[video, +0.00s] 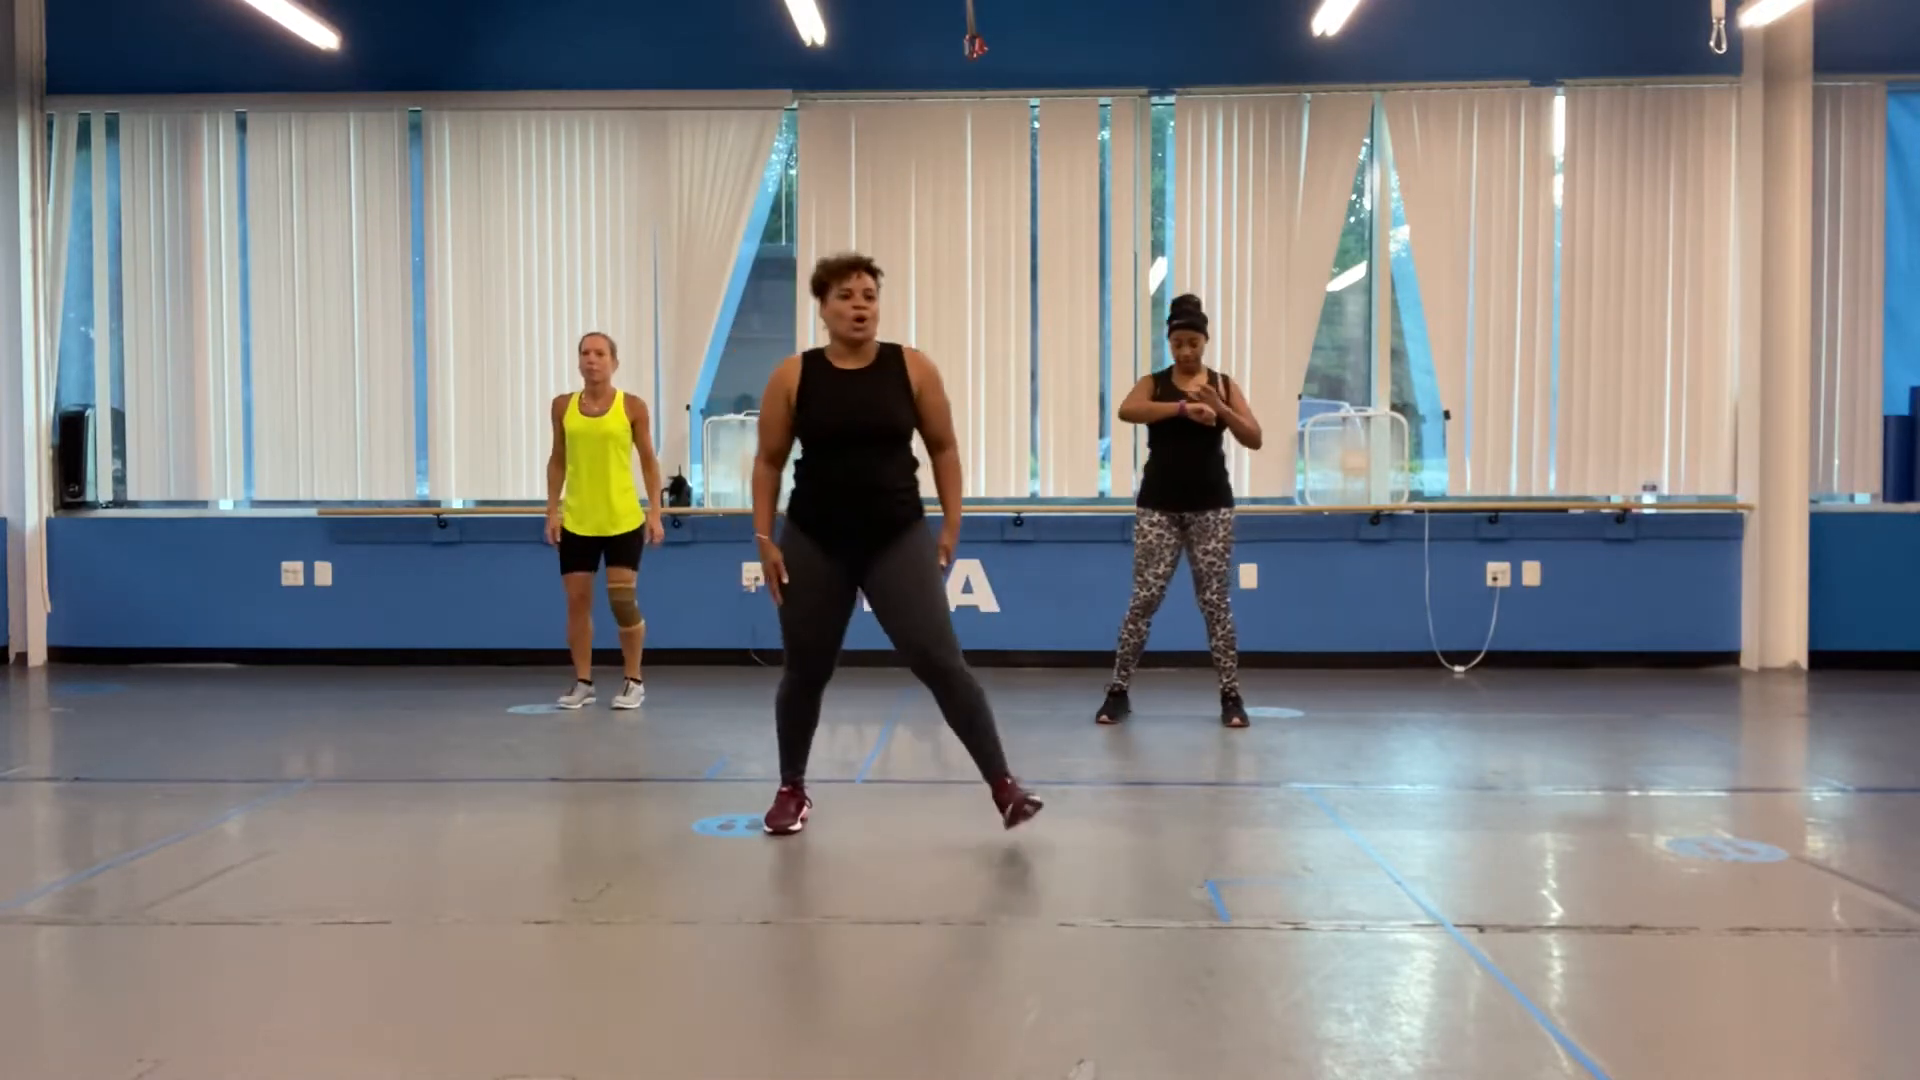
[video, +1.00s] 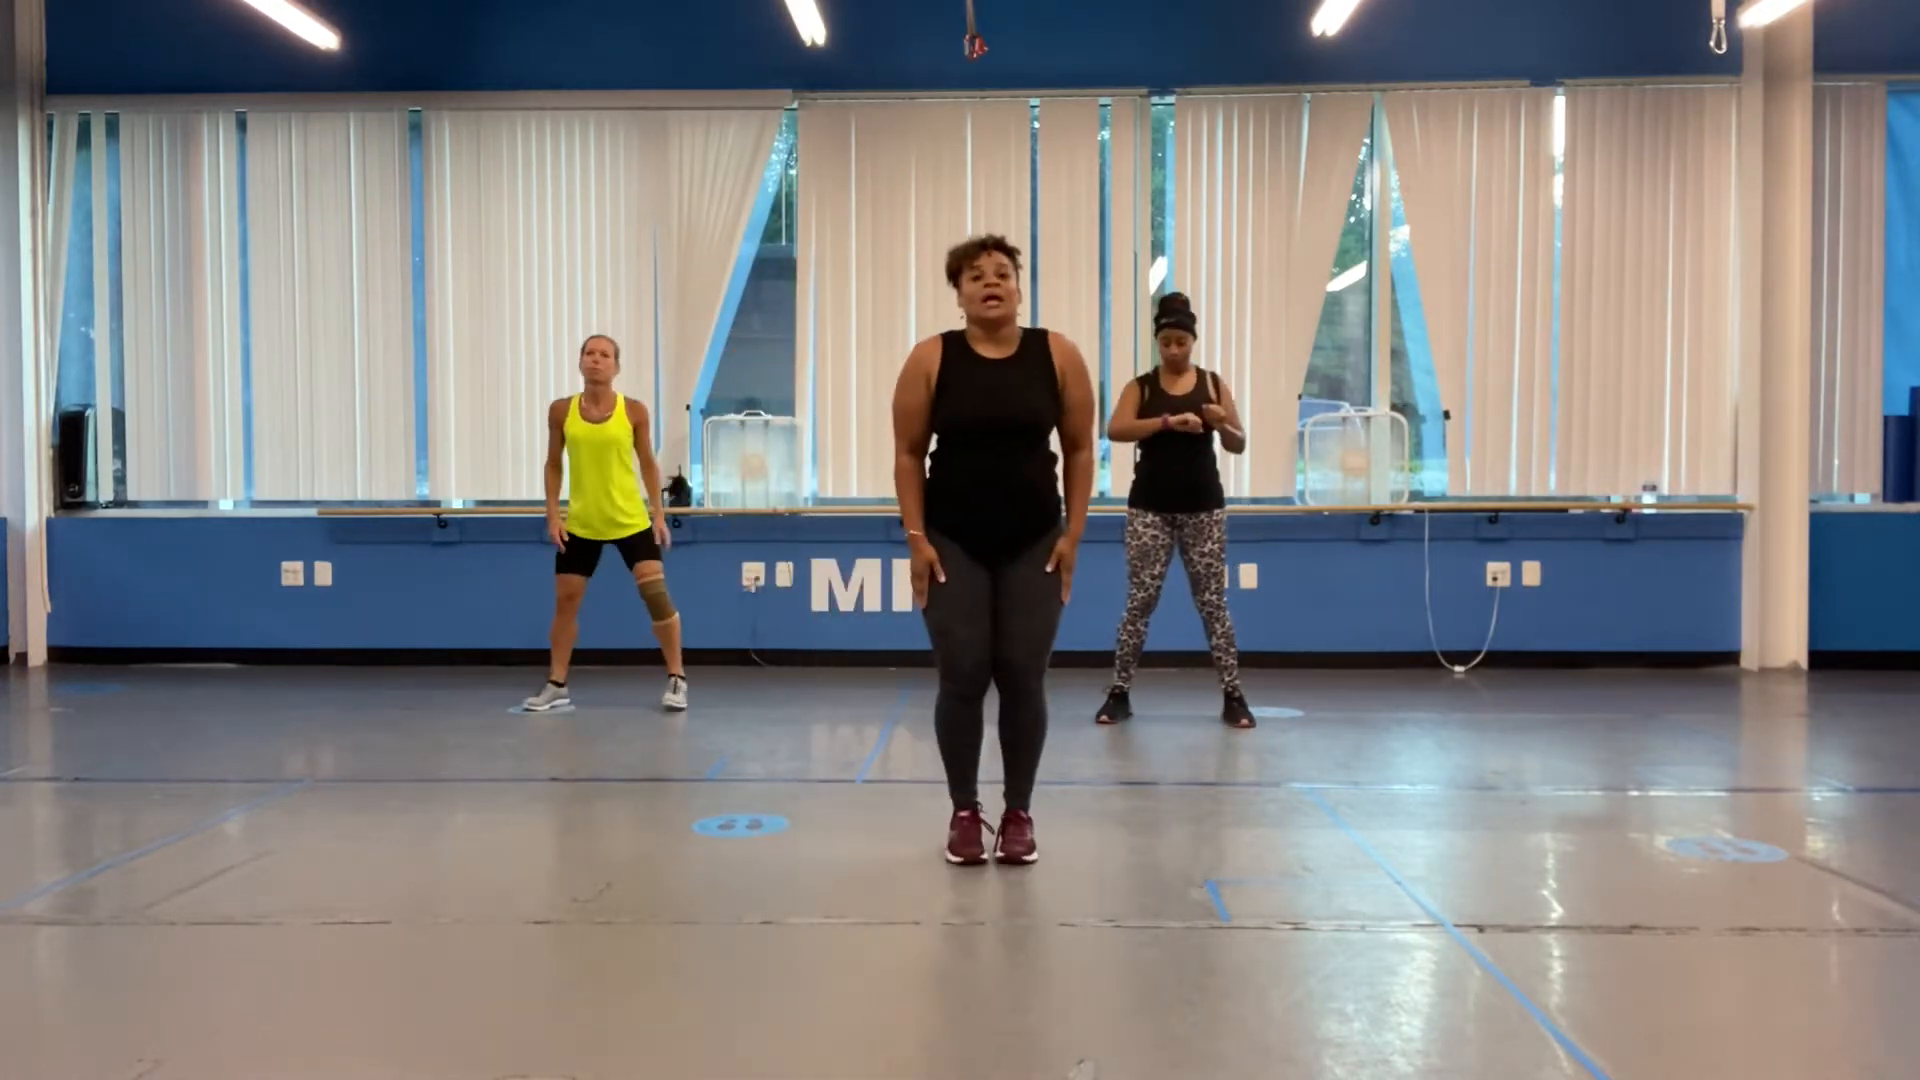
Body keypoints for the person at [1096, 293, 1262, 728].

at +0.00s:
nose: (1185, 350)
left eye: (1192, 342)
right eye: (1178, 342)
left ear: (1205, 342)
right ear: (1169, 343)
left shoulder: (1224, 386)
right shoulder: (1153, 383)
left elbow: (1255, 438)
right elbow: (1127, 411)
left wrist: (1222, 411)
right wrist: (1180, 408)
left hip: (1210, 508)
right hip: (1159, 507)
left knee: (1215, 601)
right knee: (1145, 598)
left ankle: (1230, 695)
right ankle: (1118, 691)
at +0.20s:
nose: (1166, 347)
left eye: (1173, 340)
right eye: (1159, 340)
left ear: (1182, 342)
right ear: (1147, 341)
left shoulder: (1196, 387)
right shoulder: (1128, 383)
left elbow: (1223, 444)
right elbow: (1109, 414)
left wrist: (1206, 409)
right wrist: (1164, 409)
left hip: (1189, 508)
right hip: (1138, 507)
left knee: (1201, 601)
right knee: (1133, 600)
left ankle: (1229, 694)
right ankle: (1117, 694)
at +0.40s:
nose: (1157, 347)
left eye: (1163, 340)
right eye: (1149, 340)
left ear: (1172, 341)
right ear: (1135, 339)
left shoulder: (1187, 386)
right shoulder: (1118, 383)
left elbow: (1210, 444)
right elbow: (1099, 414)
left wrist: (1201, 414)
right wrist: (1158, 412)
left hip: (1181, 505)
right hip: (1130, 507)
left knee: (1202, 597)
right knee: (1129, 599)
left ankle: (1231, 691)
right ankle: (1117, 693)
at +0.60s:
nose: (1163, 349)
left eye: (1169, 341)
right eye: (1155, 341)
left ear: (1179, 342)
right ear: (1142, 342)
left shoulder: (1195, 385)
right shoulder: (1124, 387)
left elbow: (1219, 444)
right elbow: (1106, 420)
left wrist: (1208, 416)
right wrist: (1162, 414)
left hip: (1188, 507)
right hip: (1136, 507)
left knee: (1204, 601)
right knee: (1133, 600)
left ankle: (1232, 693)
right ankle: (1118, 693)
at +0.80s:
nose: (1173, 347)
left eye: (1180, 339)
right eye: (1166, 340)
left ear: (1190, 341)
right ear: (1155, 342)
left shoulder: (1210, 385)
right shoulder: (1137, 387)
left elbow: (1234, 446)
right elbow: (1113, 426)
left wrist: (1222, 421)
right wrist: (1166, 420)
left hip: (1200, 510)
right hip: (1147, 509)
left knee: (1211, 602)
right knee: (1139, 601)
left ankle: (1232, 694)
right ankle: (1118, 693)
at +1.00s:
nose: (1174, 346)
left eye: (1181, 339)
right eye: (1167, 339)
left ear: (1193, 340)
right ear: (1157, 341)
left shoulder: (1212, 384)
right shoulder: (1139, 387)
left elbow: (1236, 445)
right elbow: (1116, 429)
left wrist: (1224, 422)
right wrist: (1166, 422)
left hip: (1203, 510)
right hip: (1150, 509)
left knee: (1213, 602)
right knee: (1141, 600)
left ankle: (1233, 694)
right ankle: (1118, 693)